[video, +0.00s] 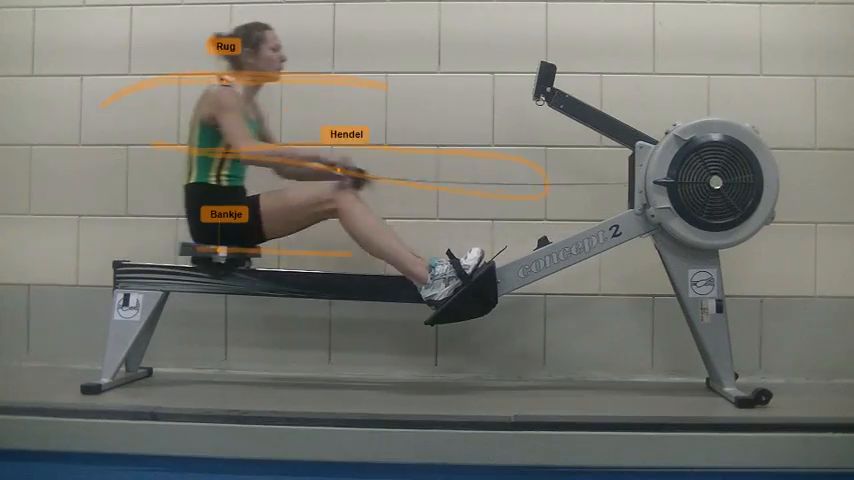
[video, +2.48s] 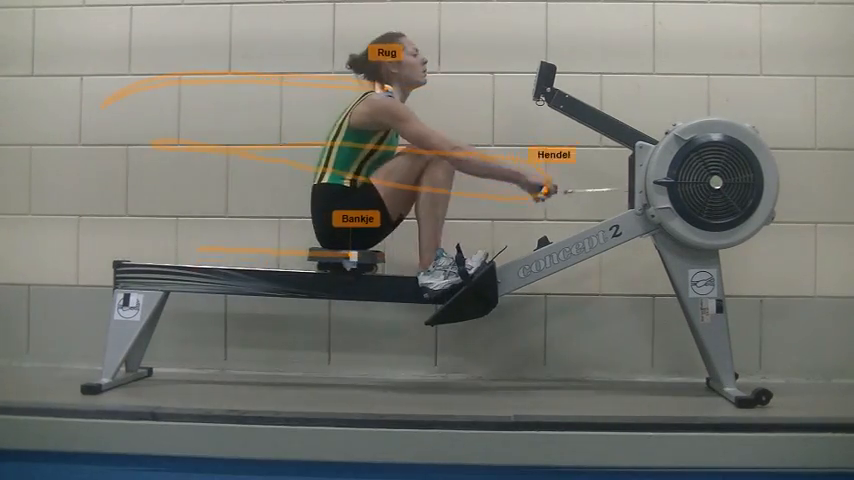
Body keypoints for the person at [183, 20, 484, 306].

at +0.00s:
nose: (283, 56)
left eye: (280, 49)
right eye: (274, 49)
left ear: (254, 57)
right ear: (246, 56)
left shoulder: (247, 105)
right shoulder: (223, 96)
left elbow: (283, 167)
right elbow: (245, 150)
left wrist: (338, 176)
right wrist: (321, 158)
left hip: (229, 216)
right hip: (214, 218)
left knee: (344, 194)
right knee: (339, 196)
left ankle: (431, 273)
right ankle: (427, 281)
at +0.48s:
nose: (411, 60)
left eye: (407, 53)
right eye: (402, 54)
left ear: (383, 68)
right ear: (379, 66)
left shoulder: (377, 105)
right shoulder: (367, 105)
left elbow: (432, 157)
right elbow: (434, 156)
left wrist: (501, 182)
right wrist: (502, 182)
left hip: (336, 218)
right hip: (329, 220)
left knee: (425, 159)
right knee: (424, 159)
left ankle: (433, 262)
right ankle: (429, 271)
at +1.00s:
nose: (285, 49)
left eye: (282, 42)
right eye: (275, 43)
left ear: (255, 55)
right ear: (249, 54)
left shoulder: (253, 98)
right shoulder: (241, 94)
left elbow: (319, 146)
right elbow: (310, 128)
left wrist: (381, 154)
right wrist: (381, 138)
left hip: (235, 211)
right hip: (225, 213)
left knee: (351, 191)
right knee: (348, 193)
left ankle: (430, 274)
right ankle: (430, 279)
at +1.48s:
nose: (174, 77)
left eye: (173, 70)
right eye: (167, 70)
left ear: (150, 74)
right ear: (142, 74)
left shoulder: (144, 116)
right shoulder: (115, 113)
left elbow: (147, 164)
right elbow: (73, 166)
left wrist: (178, 150)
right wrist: (132, 136)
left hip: (198, 212)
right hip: (184, 217)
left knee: (311, 234)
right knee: (307, 237)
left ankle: (429, 277)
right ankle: (430, 280)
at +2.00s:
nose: (310, 57)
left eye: (307, 49)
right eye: (300, 50)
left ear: (283, 59)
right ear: (275, 59)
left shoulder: (279, 107)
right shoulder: (255, 99)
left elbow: (308, 159)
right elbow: (291, 155)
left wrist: (374, 173)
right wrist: (362, 166)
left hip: (250, 215)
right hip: (234, 217)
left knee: (362, 186)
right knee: (355, 187)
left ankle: (433, 273)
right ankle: (429, 281)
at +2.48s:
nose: (424, 60)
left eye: (420, 54)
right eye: (414, 55)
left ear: (393, 68)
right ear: (391, 66)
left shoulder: (388, 106)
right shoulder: (381, 105)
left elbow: (452, 153)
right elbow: (453, 153)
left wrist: (518, 175)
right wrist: (521, 177)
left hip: (346, 216)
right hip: (339, 217)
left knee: (435, 158)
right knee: (436, 159)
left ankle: (434, 260)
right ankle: (429, 270)